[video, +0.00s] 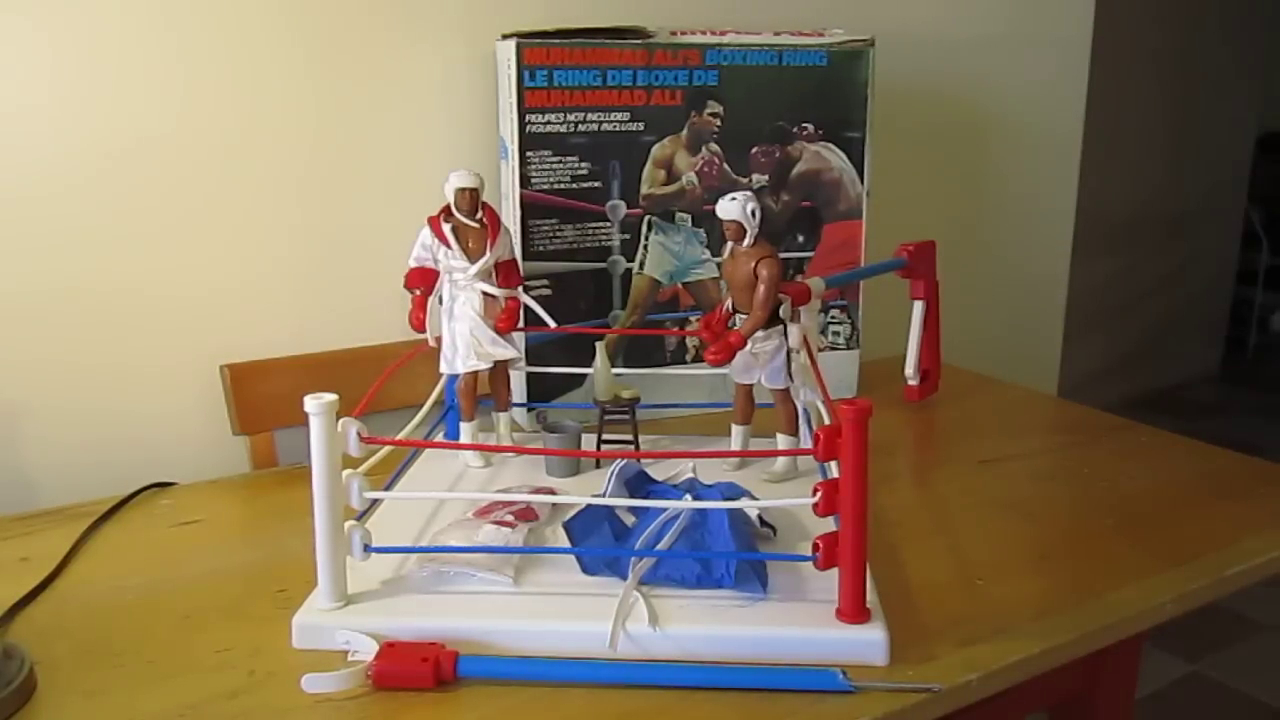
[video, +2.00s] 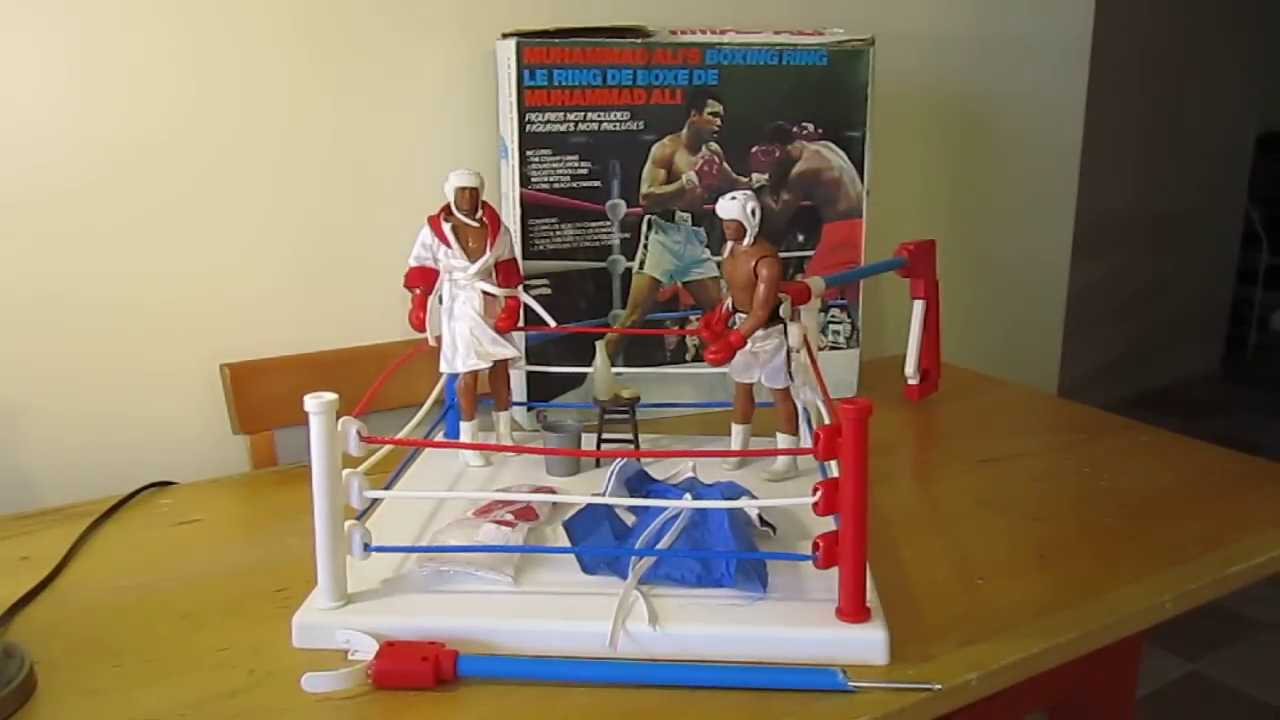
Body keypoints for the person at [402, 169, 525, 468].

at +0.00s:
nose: (467, 199)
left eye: (472, 192)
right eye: (461, 193)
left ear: (480, 195)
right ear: (450, 196)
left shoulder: (495, 228)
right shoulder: (435, 231)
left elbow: (508, 270)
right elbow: (421, 273)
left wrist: (510, 307)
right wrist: (420, 314)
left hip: (492, 303)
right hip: (458, 305)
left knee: (500, 365)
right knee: (468, 370)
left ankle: (505, 432)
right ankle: (469, 440)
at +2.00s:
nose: (468, 197)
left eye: (472, 191)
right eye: (462, 191)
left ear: (481, 194)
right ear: (451, 195)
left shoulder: (495, 228)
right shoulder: (436, 229)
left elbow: (509, 269)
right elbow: (421, 268)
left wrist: (512, 306)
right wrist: (419, 304)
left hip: (493, 303)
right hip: (459, 305)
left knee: (500, 365)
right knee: (469, 370)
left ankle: (505, 433)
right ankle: (469, 440)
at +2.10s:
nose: (467, 197)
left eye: (472, 191)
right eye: (461, 191)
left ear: (481, 194)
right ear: (451, 195)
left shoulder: (496, 228)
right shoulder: (436, 230)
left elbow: (509, 269)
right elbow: (421, 268)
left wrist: (511, 306)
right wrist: (419, 304)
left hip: (493, 303)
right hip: (459, 305)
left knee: (500, 365)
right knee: (469, 370)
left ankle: (504, 433)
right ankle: (469, 440)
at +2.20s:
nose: (467, 197)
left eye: (472, 191)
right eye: (461, 191)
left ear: (480, 194)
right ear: (451, 195)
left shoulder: (496, 228)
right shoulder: (436, 230)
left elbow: (509, 268)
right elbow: (421, 267)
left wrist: (512, 305)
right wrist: (419, 303)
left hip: (493, 303)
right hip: (459, 305)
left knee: (500, 365)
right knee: (469, 370)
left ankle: (504, 433)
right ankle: (469, 440)